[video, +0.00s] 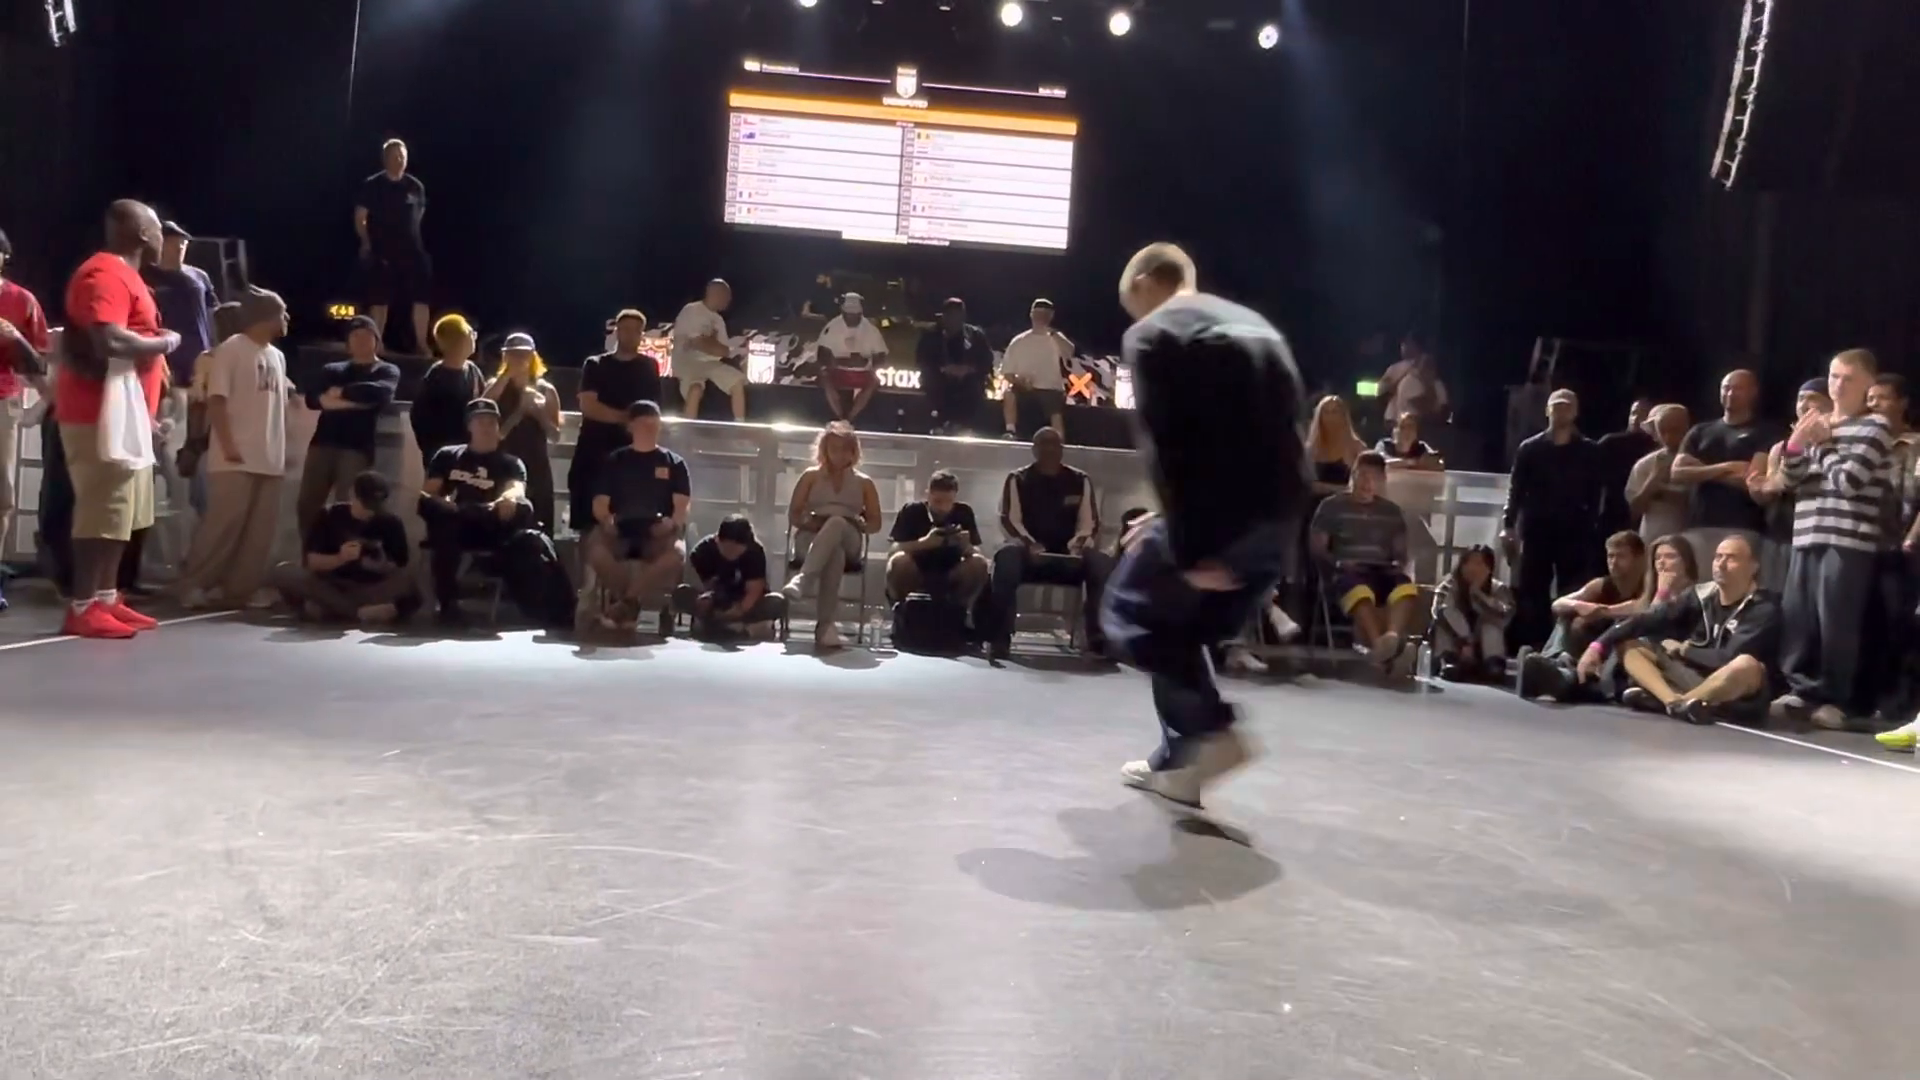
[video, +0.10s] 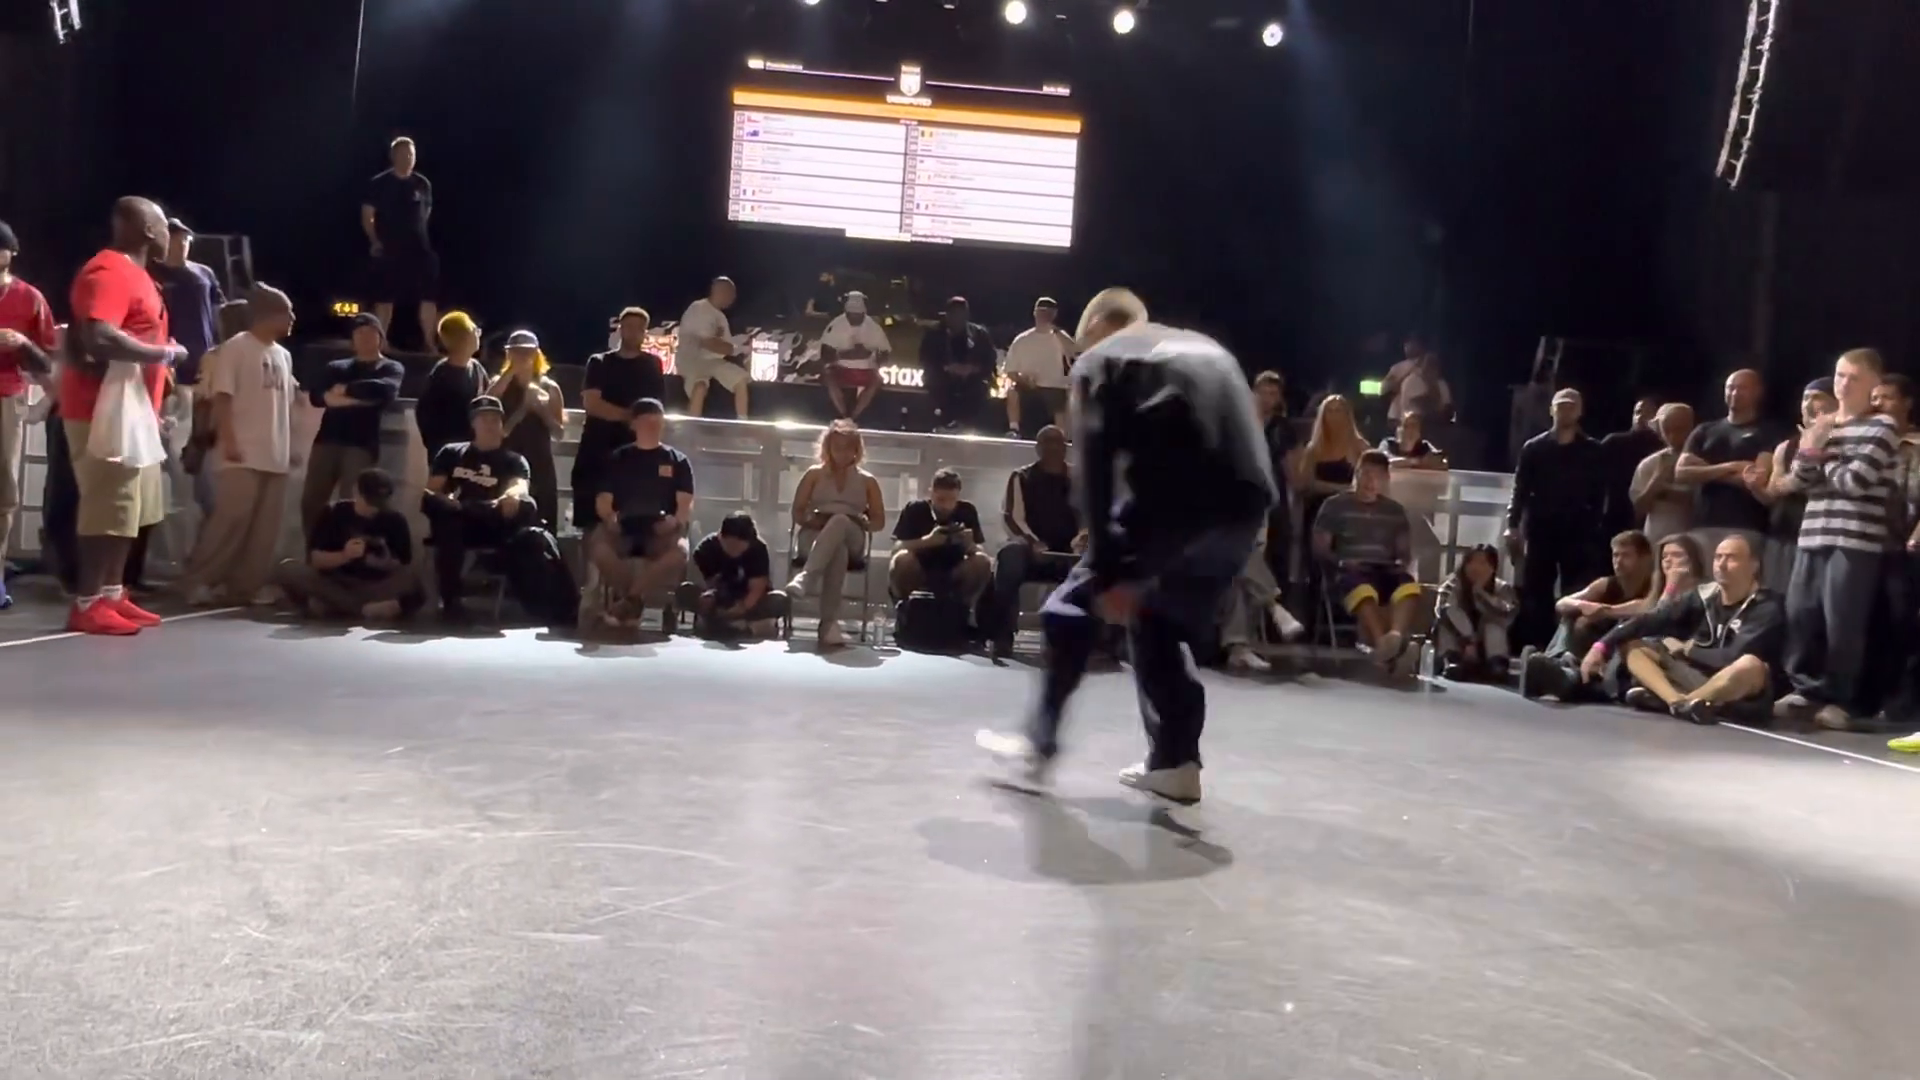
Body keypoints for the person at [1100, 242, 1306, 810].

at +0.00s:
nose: (1134, 312)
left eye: (1131, 301)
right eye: (1132, 302)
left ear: (1143, 289)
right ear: (1188, 281)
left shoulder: (1150, 334)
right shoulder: (1254, 325)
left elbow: (1162, 448)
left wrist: (1194, 549)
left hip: (1209, 520)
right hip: (1275, 518)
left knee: (1128, 610)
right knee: (1191, 632)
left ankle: (1209, 730)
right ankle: (1180, 760)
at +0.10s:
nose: (1086, 350)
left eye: (1086, 344)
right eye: (1084, 344)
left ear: (1097, 330)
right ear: (1142, 323)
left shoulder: (1098, 360)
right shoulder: (1205, 349)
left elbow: (1090, 472)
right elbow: (1236, 455)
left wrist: (1106, 567)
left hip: (1166, 508)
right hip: (1241, 509)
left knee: (1069, 609)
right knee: (1158, 626)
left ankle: (1038, 743)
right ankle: (1176, 766)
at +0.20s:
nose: (1045, 414)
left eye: (1046, 404)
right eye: (1047, 406)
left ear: (1058, 393)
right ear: (1107, 384)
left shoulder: (1053, 409)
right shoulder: (1168, 401)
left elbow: (1027, 508)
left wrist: (1040, 614)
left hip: (1116, 513)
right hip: (1198, 523)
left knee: (1025, 631)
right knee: (1127, 623)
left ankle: (996, 754)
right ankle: (1142, 744)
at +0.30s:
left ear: (1058, 425)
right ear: (1104, 417)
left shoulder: (1041, 435)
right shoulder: (1147, 437)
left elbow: (986, 540)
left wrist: (984, 640)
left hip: (1073, 528)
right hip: (1158, 542)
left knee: (1029, 635)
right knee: (1094, 635)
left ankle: (999, 754)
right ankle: (1118, 759)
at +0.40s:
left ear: (1060, 409)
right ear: (1115, 406)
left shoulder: (1041, 423)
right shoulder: (1140, 427)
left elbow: (986, 530)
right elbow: (1162, 523)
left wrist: (972, 626)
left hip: (1062, 518)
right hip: (1147, 527)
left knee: (1020, 623)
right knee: (1088, 618)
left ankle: (997, 752)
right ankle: (1117, 753)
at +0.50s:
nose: (1021, 390)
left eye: (1024, 382)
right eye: (1020, 383)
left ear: (1050, 378)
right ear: (1114, 374)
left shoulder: (1045, 391)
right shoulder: (1150, 392)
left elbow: (994, 493)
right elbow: (1164, 477)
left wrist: (971, 582)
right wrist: (1118, 555)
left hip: (1076, 482)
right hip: (1159, 489)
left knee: (1018, 602)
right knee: (1131, 613)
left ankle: (986, 735)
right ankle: (1153, 736)